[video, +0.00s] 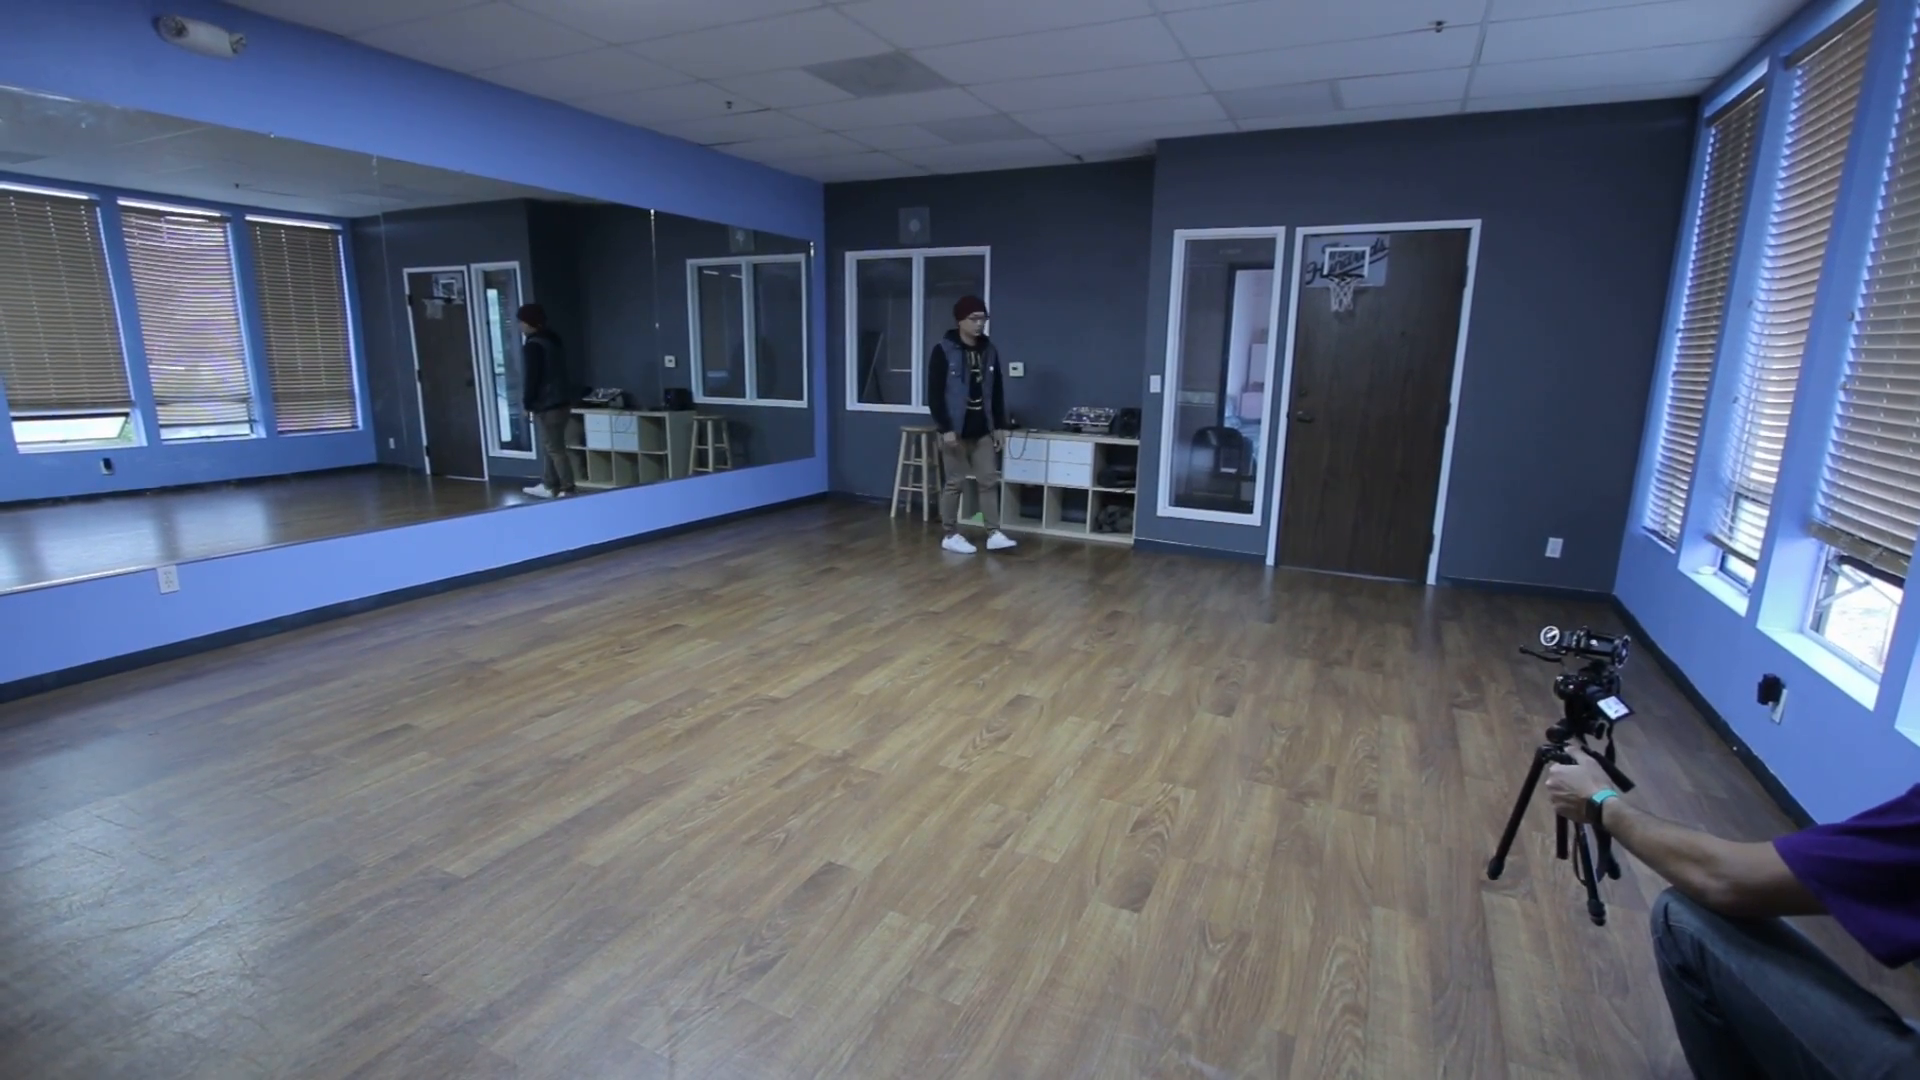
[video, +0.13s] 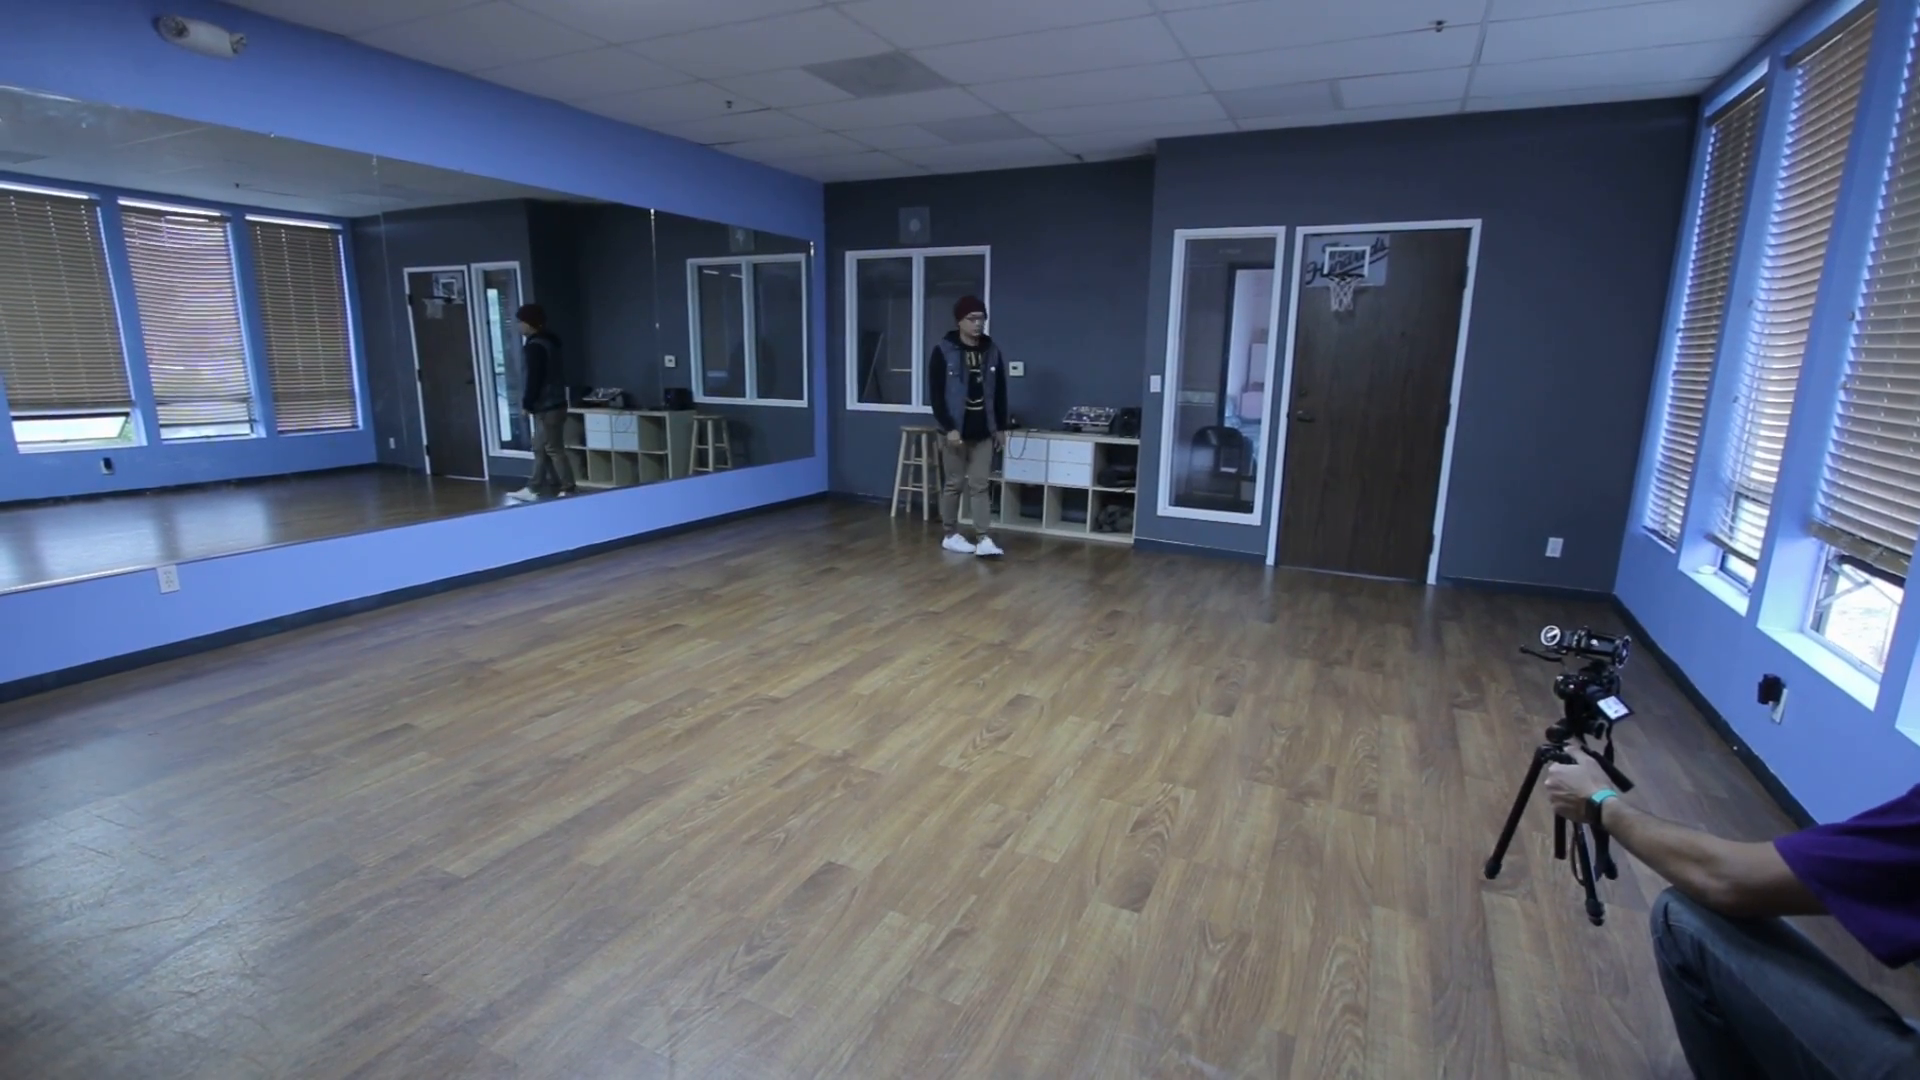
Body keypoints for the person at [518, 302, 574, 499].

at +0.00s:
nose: (520, 327)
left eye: (522, 323)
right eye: (520, 323)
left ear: (530, 323)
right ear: (539, 321)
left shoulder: (533, 344)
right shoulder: (553, 338)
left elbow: (532, 376)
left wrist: (527, 404)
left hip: (546, 402)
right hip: (560, 398)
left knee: (553, 447)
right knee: (550, 445)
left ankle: (567, 487)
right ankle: (549, 483)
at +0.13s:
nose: (520, 327)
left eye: (521, 323)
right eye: (520, 323)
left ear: (530, 323)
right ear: (537, 322)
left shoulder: (535, 345)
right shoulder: (550, 340)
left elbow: (534, 378)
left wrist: (527, 404)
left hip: (547, 405)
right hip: (555, 403)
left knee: (553, 447)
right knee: (540, 446)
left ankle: (567, 485)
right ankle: (535, 485)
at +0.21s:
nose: (518, 329)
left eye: (520, 325)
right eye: (518, 325)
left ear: (528, 325)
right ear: (536, 325)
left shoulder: (535, 347)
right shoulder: (547, 343)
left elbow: (535, 381)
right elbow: (544, 380)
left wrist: (526, 406)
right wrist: (530, 404)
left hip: (543, 408)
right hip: (548, 407)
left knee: (546, 452)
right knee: (536, 452)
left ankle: (566, 488)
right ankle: (531, 491)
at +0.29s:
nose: (518, 332)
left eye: (520, 328)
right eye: (518, 328)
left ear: (526, 328)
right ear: (537, 327)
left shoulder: (534, 350)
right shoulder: (547, 345)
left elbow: (534, 382)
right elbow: (544, 381)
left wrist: (525, 408)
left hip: (539, 409)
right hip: (547, 407)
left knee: (535, 452)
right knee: (537, 452)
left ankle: (562, 487)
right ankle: (530, 490)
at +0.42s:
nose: (522, 333)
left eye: (522, 329)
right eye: (522, 329)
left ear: (526, 330)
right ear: (541, 328)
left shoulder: (529, 349)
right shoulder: (550, 345)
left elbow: (530, 382)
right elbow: (552, 378)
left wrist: (525, 409)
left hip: (534, 408)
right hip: (549, 406)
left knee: (530, 453)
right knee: (535, 451)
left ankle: (559, 488)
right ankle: (530, 490)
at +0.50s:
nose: (523, 330)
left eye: (524, 327)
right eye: (525, 327)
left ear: (526, 328)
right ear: (543, 327)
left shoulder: (528, 348)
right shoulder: (552, 345)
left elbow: (527, 380)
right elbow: (554, 377)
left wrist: (525, 408)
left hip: (534, 409)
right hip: (551, 408)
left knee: (534, 454)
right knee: (537, 451)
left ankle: (558, 488)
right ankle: (530, 489)